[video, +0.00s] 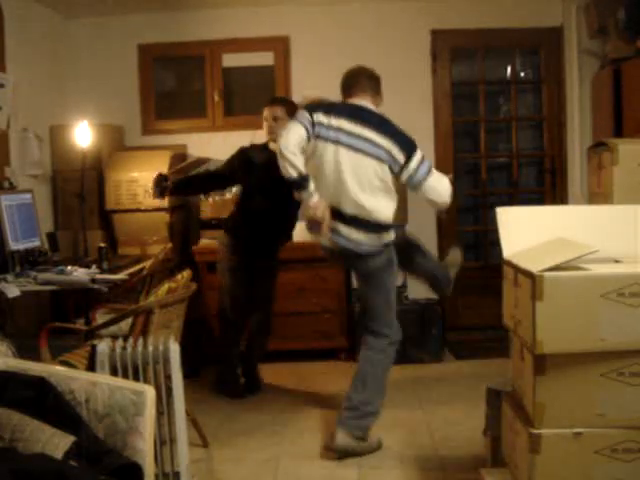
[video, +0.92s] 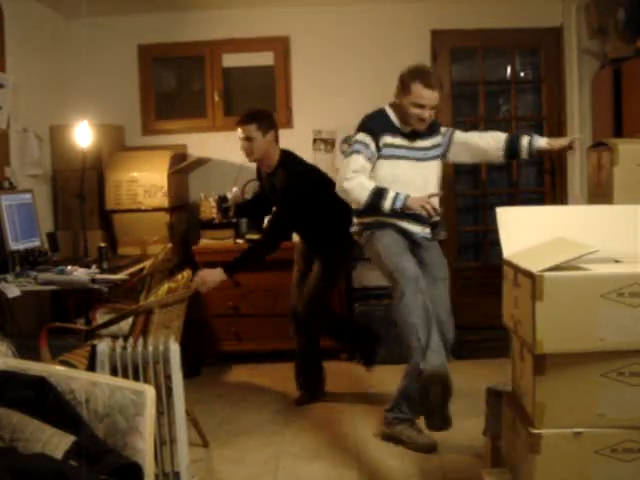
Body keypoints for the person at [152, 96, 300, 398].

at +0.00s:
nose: (271, 126)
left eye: (277, 120)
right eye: (267, 120)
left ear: (292, 124)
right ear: (262, 122)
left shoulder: (298, 161)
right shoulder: (250, 156)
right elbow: (216, 178)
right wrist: (172, 187)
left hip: (270, 244)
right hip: (239, 242)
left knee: (261, 311)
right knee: (234, 310)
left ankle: (251, 370)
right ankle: (226, 374)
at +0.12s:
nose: (267, 115)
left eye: (274, 108)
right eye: (263, 109)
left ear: (292, 112)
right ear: (260, 114)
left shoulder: (305, 149)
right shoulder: (253, 150)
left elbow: (317, 187)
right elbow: (222, 178)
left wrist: (309, 208)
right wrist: (182, 187)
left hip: (291, 234)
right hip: (256, 234)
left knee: (292, 301)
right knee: (248, 307)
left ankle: (283, 354)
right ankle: (230, 375)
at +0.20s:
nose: (267, 112)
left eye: (274, 105)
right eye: (263, 106)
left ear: (291, 107)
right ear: (260, 110)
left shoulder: (308, 142)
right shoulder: (256, 146)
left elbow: (324, 179)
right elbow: (225, 178)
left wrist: (314, 197)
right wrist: (187, 188)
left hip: (304, 229)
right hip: (270, 229)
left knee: (308, 300)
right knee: (266, 306)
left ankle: (314, 364)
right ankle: (241, 368)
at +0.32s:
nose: (275, 127)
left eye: (281, 120)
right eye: (271, 121)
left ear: (300, 120)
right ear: (268, 124)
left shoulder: (321, 152)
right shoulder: (267, 160)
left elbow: (341, 185)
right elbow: (235, 187)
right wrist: (200, 196)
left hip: (330, 243)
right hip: (293, 245)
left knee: (335, 308)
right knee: (298, 311)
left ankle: (341, 365)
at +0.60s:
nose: (262, 133)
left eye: (268, 126)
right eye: (259, 127)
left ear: (289, 125)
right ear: (260, 129)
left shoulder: (323, 163)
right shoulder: (268, 161)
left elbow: (325, 219)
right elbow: (251, 196)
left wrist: (307, 259)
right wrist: (226, 197)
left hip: (338, 235)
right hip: (308, 234)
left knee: (338, 310)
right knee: (286, 279)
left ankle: (360, 378)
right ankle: (309, 348)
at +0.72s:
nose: (256, 138)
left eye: (262, 132)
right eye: (253, 132)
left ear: (284, 131)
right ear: (254, 133)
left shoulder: (307, 171)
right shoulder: (267, 164)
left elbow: (297, 233)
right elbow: (260, 205)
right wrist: (230, 204)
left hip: (342, 238)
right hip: (309, 237)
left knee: (332, 308)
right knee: (297, 305)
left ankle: (367, 361)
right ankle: (304, 377)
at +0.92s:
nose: (244, 147)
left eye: (249, 140)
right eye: (242, 140)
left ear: (271, 137)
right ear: (261, 139)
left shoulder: (296, 174)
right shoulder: (265, 169)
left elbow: (274, 238)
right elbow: (263, 206)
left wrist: (225, 271)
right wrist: (238, 207)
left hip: (336, 237)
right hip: (308, 238)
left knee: (311, 308)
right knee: (301, 309)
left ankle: (365, 342)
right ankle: (311, 386)